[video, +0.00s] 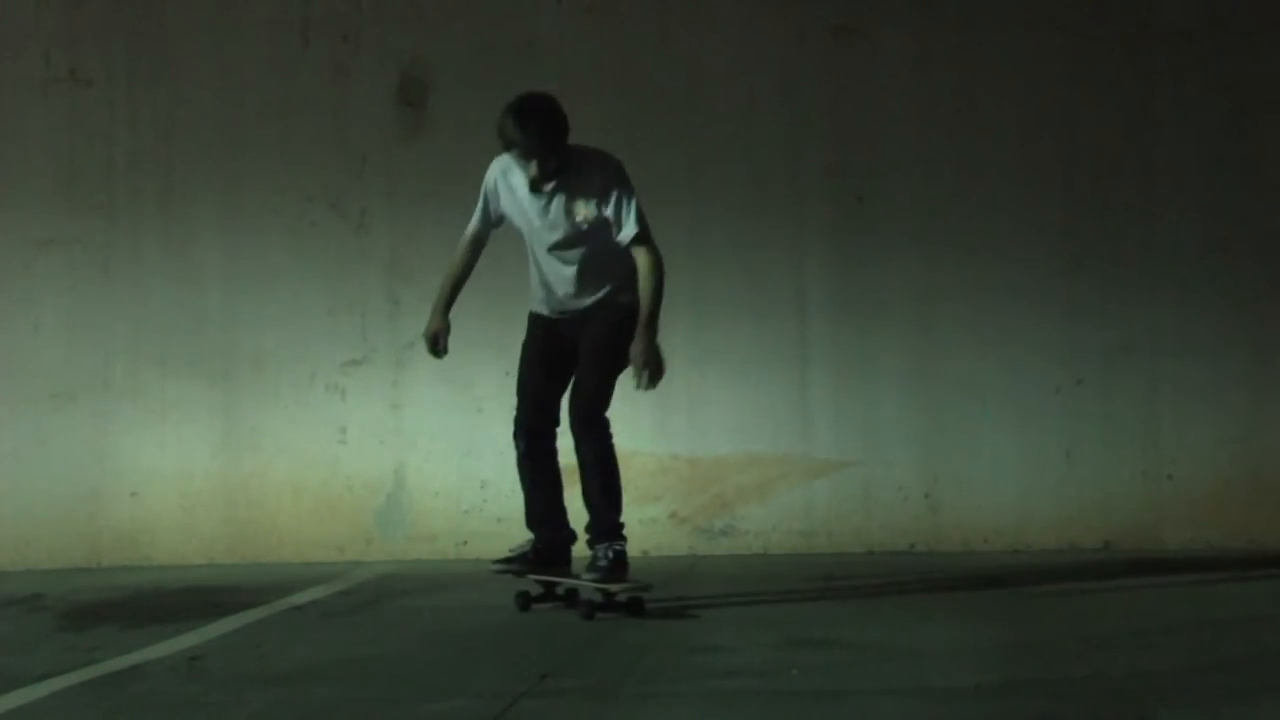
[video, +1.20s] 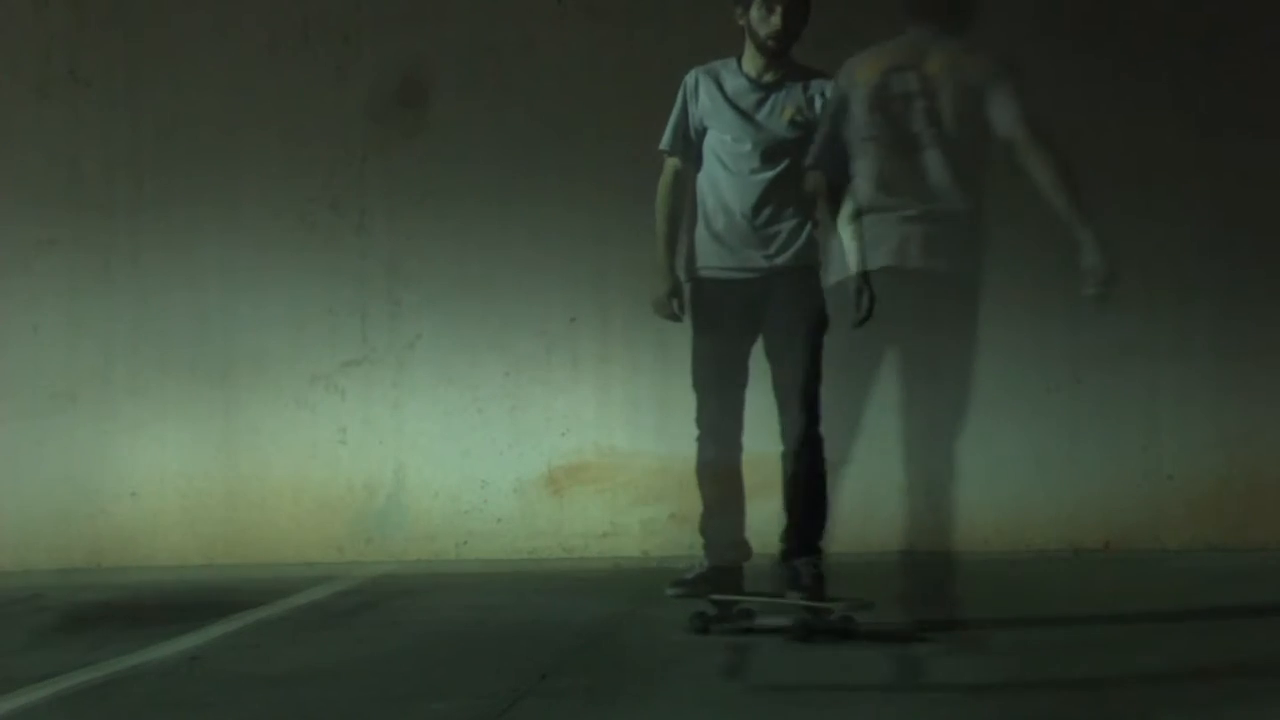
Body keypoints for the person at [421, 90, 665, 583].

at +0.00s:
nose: (535, 168)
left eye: (543, 155)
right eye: (524, 157)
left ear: (562, 144)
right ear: (511, 150)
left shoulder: (601, 174)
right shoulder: (502, 174)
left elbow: (644, 251)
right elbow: (473, 239)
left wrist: (647, 334)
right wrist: (439, 310)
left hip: (607, 313)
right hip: (549, 316)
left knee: (587, 417)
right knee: (531, 426)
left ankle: (607, 544)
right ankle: (549, 543)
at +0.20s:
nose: (578, 110)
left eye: (588, 96)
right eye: (566, 97)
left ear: (603, 92)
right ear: (549, 94)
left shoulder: (637, 139)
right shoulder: (532, 139)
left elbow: (676, 215)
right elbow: (503, 211)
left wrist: (696, 300)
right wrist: (477, 291)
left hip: (623, 299)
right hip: (560, 301)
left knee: (612, 413)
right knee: (552, 425)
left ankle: (633, 544)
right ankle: (571, 546)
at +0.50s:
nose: (643, 57)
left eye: (653, 46)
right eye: (632, 45)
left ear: (665, 50)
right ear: (610, 48)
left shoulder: (689, 113)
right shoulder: (578, 110)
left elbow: (719, 197)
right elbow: (548, 189)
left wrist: (741, 280)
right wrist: (548, 272)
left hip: (664, 291)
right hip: (595, 291)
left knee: (662, 421)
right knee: (592, 428)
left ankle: (673, 548)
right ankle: (605, 550)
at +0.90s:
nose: (724, 33)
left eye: (735, 21)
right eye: (713, 19)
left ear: (745, 28)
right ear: (687, 24)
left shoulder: (761, 101)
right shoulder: (646, 92)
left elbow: (785, 196)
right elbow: (618, 179)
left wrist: (806, 286)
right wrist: (618, 269)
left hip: (735, 287)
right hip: (661, 287)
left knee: (738, 425)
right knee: (656, 427)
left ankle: (736, 554)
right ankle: (659, 556)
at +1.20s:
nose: (779, 18)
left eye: (790, 8)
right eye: (767, 6)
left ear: (804, 19)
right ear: (743, 13)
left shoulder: (821, 94)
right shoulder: (701, 86)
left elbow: (837, 187)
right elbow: (673, 175)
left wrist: (855, 269)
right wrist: (666, 270)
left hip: (793, 280)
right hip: (718, 279)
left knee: (801, 426)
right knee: (716, 428)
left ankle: (804, 560)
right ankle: (722, 563)